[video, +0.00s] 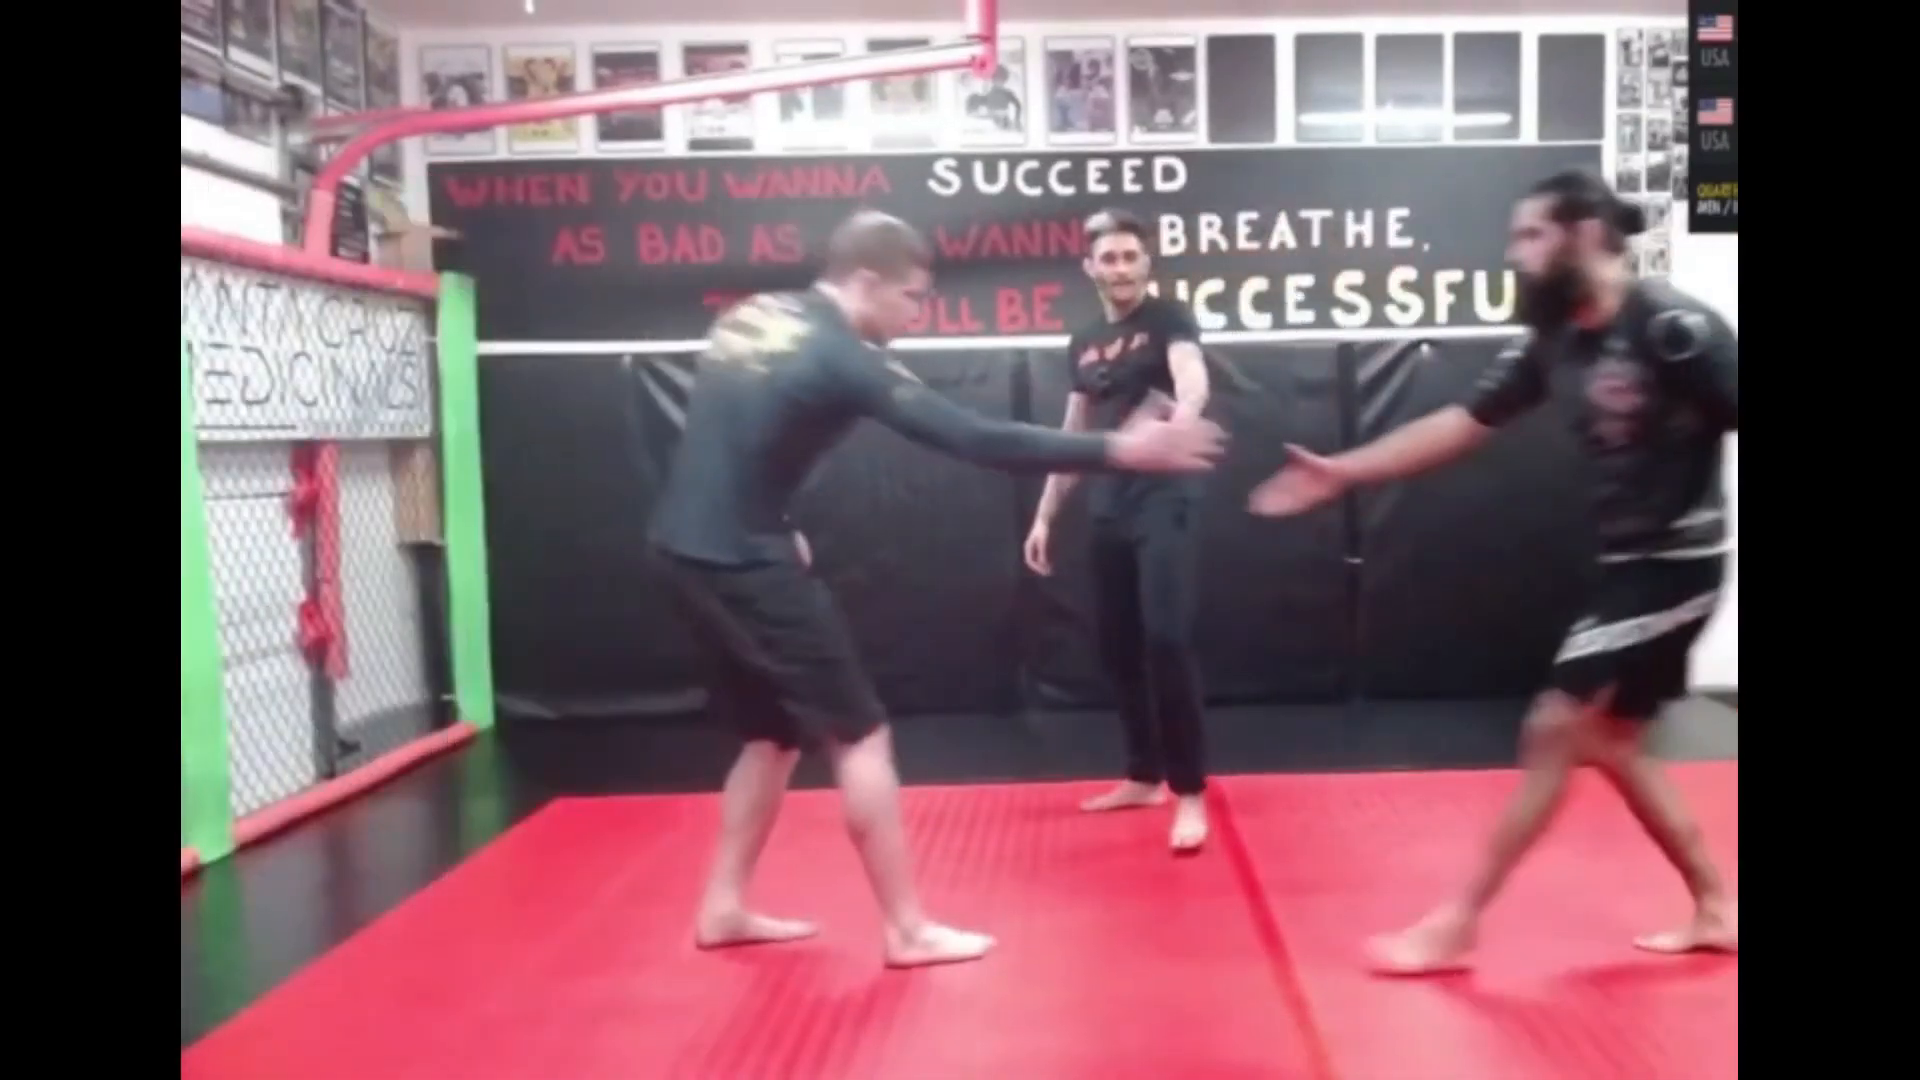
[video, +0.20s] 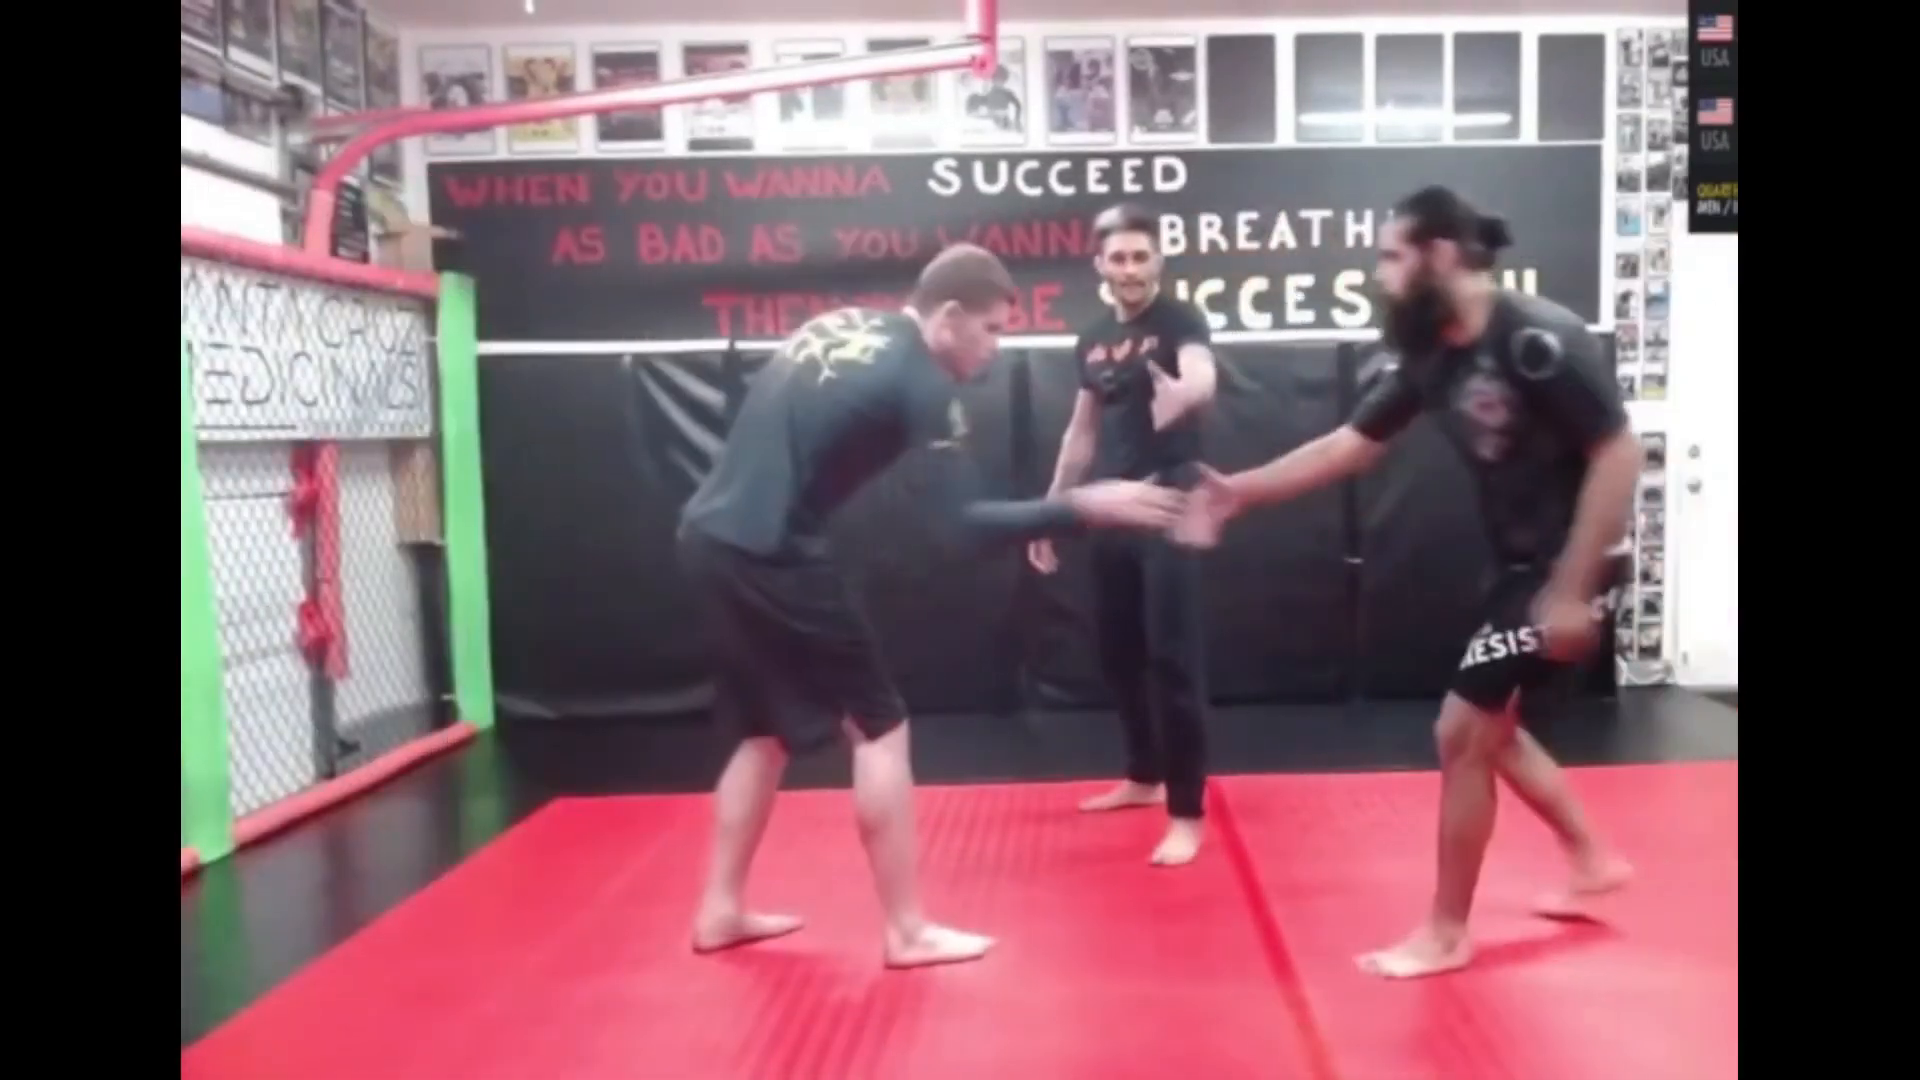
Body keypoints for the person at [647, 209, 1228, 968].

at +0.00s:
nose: (920, 313)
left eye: (922, 297)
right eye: (913, 296)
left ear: (847, 280)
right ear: (861, 280)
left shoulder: (759, 316)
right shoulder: (837, 352)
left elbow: (723, 439)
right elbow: (974, 438)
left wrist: (779, 528)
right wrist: (1122, 450)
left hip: (684, 544)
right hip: (741, 552)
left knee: (772, 727)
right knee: (858, 729)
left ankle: (722, 906)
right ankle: (908, 927)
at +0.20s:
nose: (994, 350)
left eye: (998, 334)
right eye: (991, 331)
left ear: (933, 312)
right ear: (946, 314)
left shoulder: (839, 327)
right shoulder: (921, 376)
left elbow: (756, 409)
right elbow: (962, 517)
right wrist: (1082, 504)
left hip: (707, 531)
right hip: (774, 547)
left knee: (765, 731)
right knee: (880, 726)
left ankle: (720, 909)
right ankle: (907, 928)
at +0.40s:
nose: (1002, 344)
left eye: (1008, 328)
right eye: (997, 325)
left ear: (943, 305)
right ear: (950, 307)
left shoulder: (867, 323)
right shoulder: (905, 360)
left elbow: (788, 420)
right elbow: (903, 511)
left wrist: (831, 518)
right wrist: (990, 456)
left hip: (720, 528)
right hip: (776, 542)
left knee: (763, 729)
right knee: (876, 727)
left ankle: (719, 910)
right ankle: (904, 928)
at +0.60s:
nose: (1008, 348)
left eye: (1013, 332)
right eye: (1003, 329)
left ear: (947, 313)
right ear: (956, 313)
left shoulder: (871, 328)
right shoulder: (922, 372)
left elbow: (789, 422)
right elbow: (993, 500)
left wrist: (840, 519)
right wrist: (1088, 433)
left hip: (719, 526)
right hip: (774, 545)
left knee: (757, 731)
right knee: (871, 728)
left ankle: (719, 910)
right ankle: (904, 930)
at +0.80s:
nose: (1007, 339)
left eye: (1011, 323)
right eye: (1003, 320)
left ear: (943, 305)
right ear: (955, 305)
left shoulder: (868, 323)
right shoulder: (916, 365)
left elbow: (795, 427)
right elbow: (946, 510)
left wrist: (839, 522)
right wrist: (1056, 469)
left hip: (722, 525)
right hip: (780, 544)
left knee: (760, 730)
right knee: (871, 729)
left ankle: (719, 912)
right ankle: (905, 929)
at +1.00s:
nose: (1003, 325)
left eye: (1006, 309)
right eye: (996, 307)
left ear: (938, 298)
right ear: (948, 298)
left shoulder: (858, 324)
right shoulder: (901, 353)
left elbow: (792, 459)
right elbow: (834, 491)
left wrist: (850, 537)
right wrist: (946, 540)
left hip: (726, 530)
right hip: (782, 544)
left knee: (765, 730)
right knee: (888, 727)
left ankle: (719, 913)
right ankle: (906, 929)